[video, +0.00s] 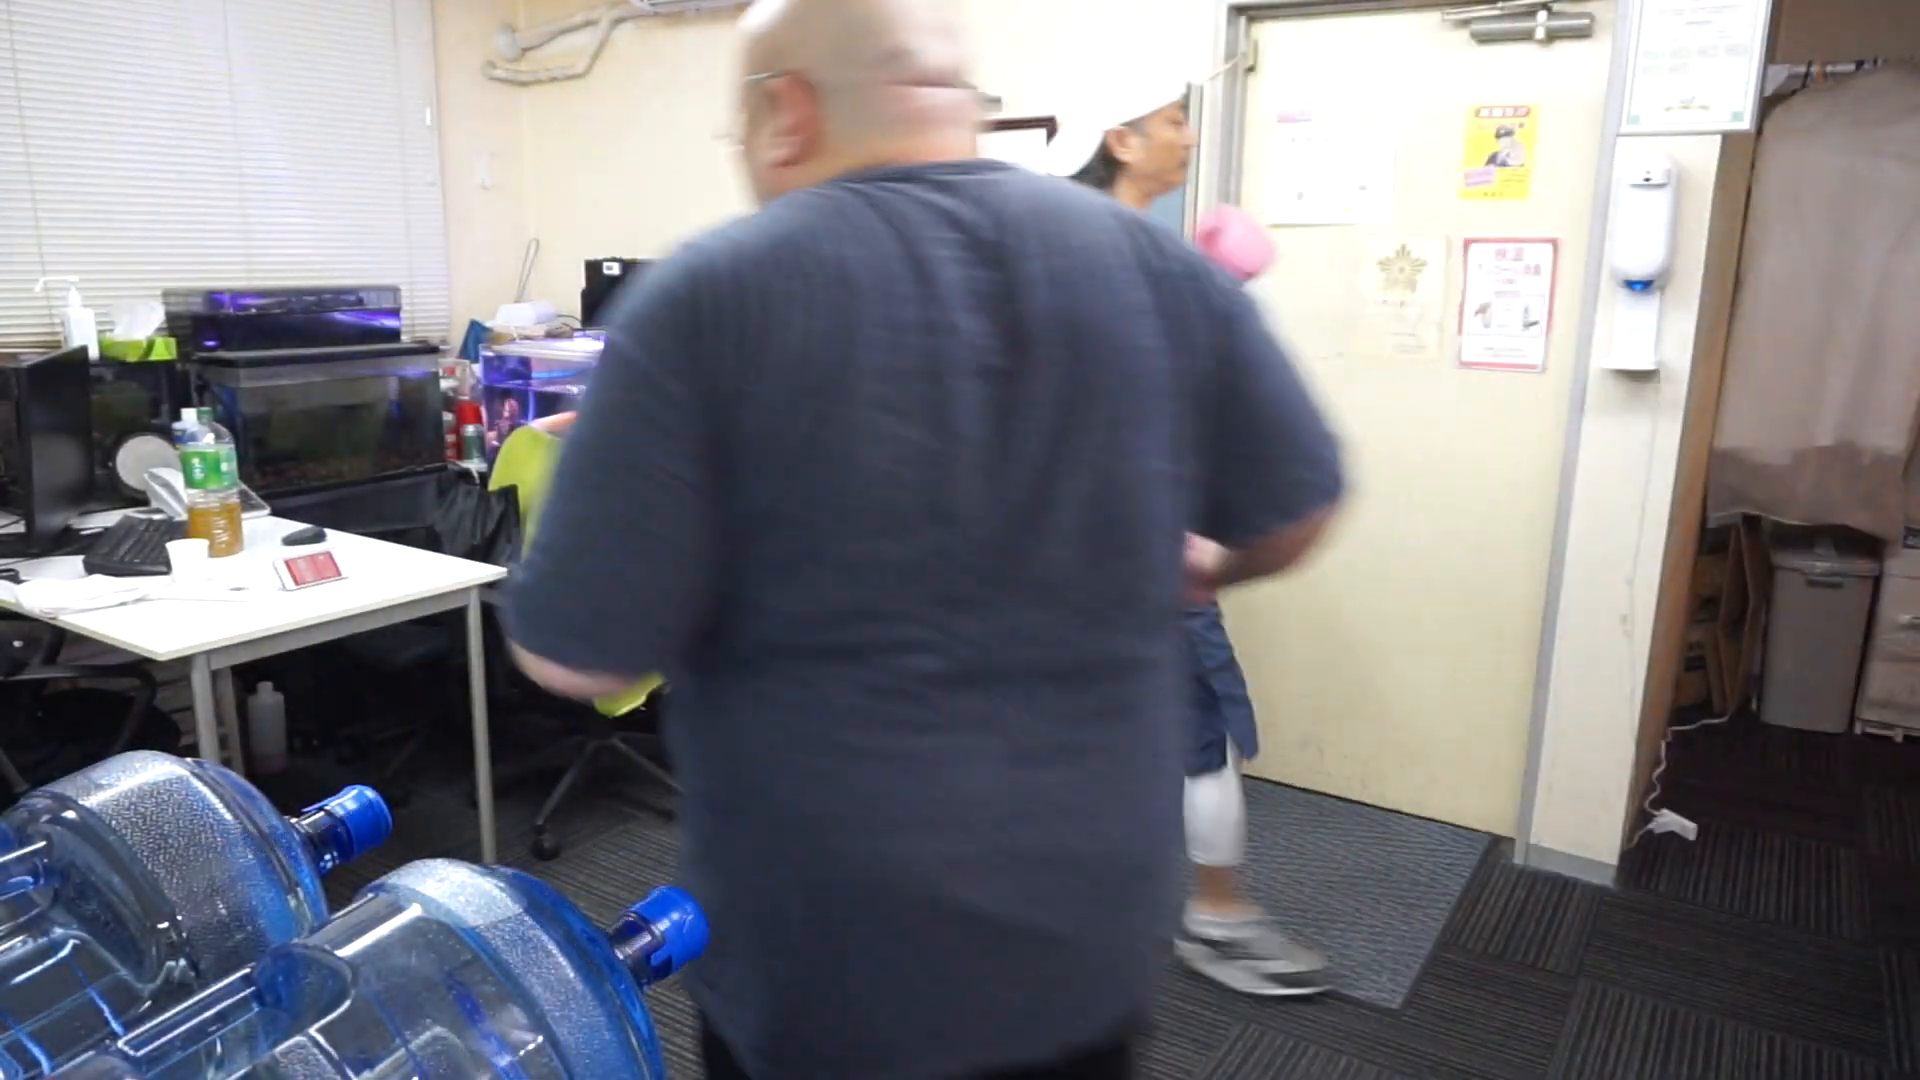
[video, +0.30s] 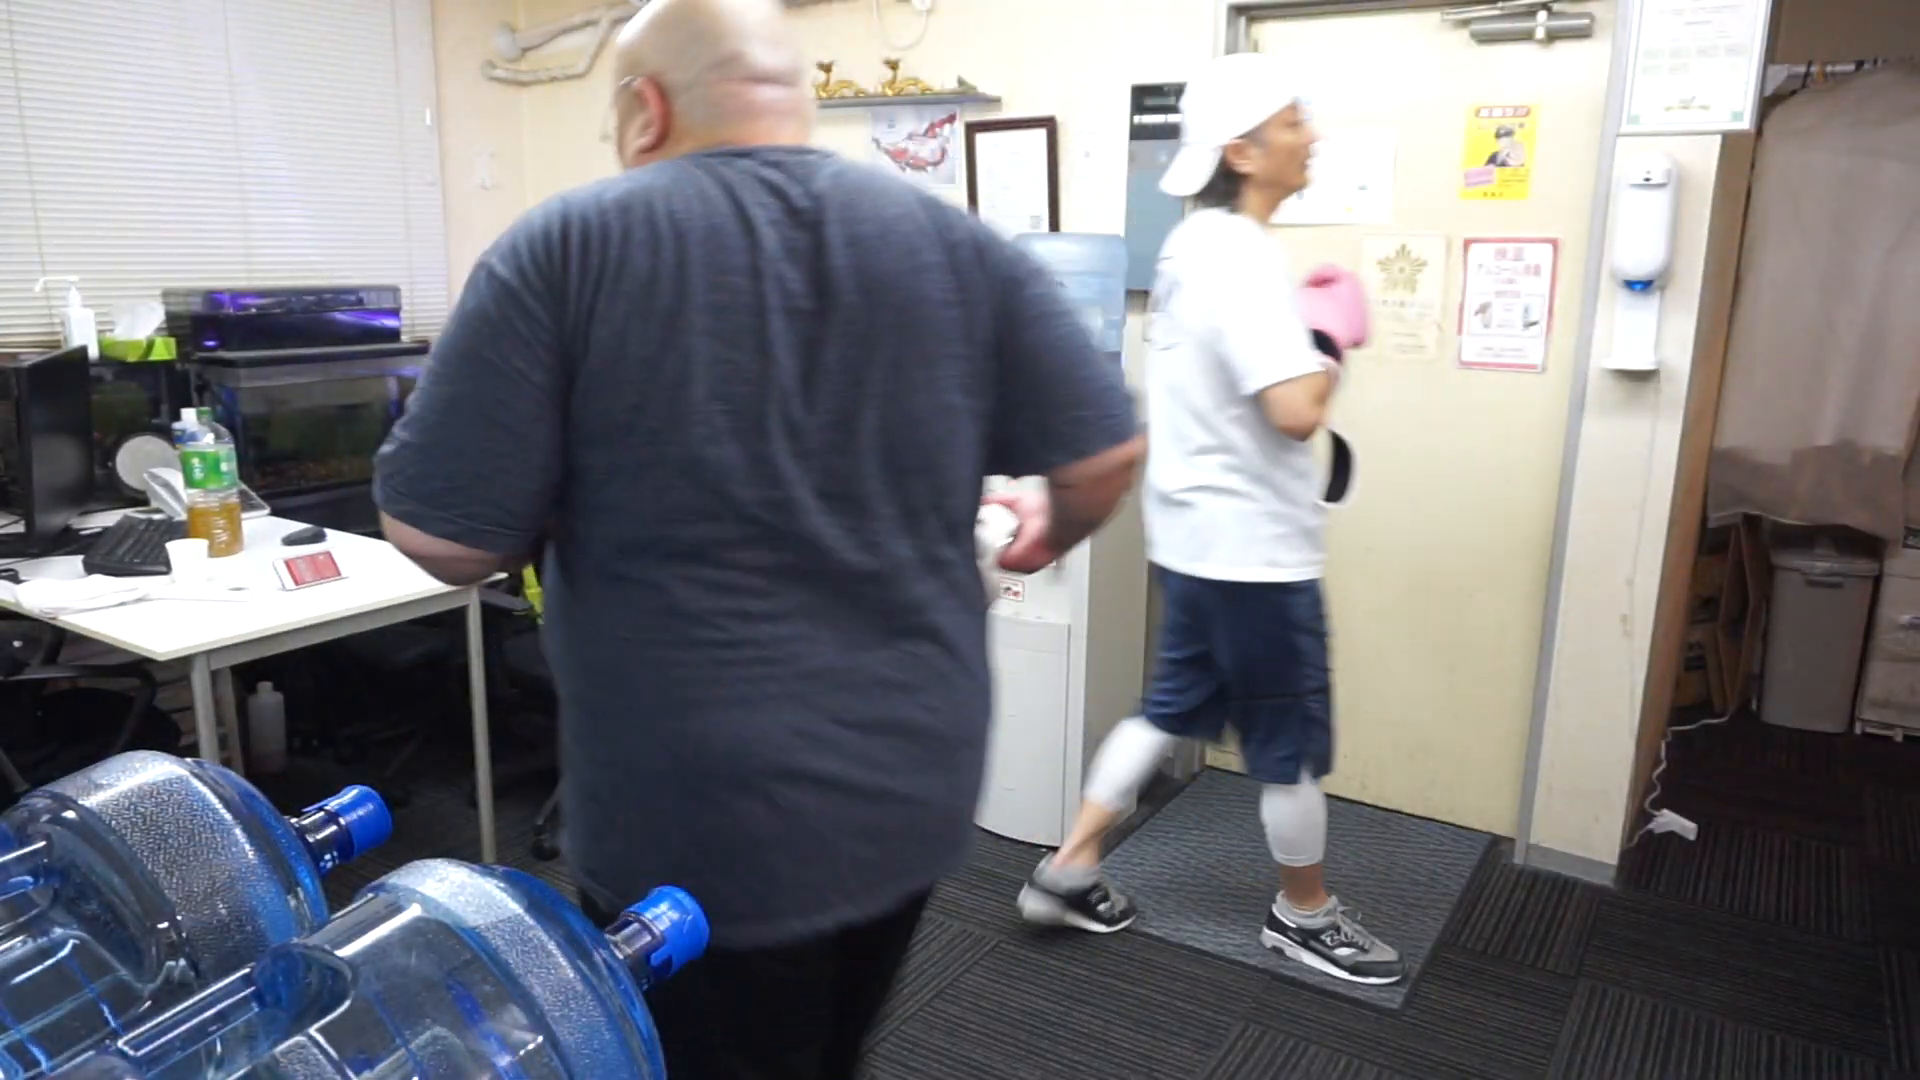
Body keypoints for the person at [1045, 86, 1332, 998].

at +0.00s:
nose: (1189, 136)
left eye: (1185, 120)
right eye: (1172, 121)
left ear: (1129, 145)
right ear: (1122, 140)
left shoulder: (1132, 240)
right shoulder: (1116, 243)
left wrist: (1210, 283)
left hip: (1140, 522)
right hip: (1145, 530)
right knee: (1208, 703)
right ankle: (1217, 908)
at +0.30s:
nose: (1312, 137)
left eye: (1303, 120)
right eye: (1293, 124)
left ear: (1243, 155)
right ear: (1244, 155)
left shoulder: (1192, 244)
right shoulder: (1244, 256)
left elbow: (1215, 375)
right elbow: (1296, 410)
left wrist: (1295, 316)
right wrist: (1332, 345)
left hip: (1190, 536)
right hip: (1255, 547)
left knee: (1174, 700)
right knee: (1288, 735)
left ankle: (1068, 870)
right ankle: (1305, 912)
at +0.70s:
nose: (1447, 116)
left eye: (1437, 102)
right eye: (1426, 108)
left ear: (1389, 147)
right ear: (1379, 144)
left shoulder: (1382, 237)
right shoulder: (1376, 249)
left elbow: (1430, 377)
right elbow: (1462, 400)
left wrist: (1473, 312)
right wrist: (1490, 322)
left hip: (1387, 538)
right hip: (1358, 545)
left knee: (1415, 703)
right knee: (1345, 731)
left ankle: (1406, 863)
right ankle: (1301, 908)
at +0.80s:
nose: (1475, 120)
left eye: (1466, 107)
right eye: (1454, 112)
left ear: (1419, 150)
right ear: (1405, 148)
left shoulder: (1418, 240)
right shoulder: (1399, 248)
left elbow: (1470, 377)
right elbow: (1491, 401)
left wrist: (1501, 314)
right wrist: (1520, 329)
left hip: (1428, 543)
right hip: (1390, 549)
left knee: (1434, 724)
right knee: (1359, 738)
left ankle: (1466, 888)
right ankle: (1302, 910)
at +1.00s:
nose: (1536, 123)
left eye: (1527, 109)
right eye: (1513, 115)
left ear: (1479, 152)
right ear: (1463, 152)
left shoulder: (1493, 248)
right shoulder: (1459, 251)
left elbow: (1527, 375)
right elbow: (1539, 398)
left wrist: (1569, 309)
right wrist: (1586, 325)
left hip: (1507, 546)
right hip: (1464, 552)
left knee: (1496, 738)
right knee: (1474, 752)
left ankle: (1476, 898)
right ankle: (1326, 892)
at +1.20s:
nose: (1593, 118)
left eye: (1586, 103)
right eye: (1567, 111)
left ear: (1553, 146)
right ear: (1514, 149)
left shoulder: (1561, 248)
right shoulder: (1508, 248)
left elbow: (1585, 373)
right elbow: (1578, 390)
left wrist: (1635, 315)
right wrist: (1641, 320)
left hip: (1544, 543)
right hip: (1509, 547)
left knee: (1502, 732)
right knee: (1582, 755)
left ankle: (1486, 901)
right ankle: (1451, 897)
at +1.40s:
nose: (1644, 127)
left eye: (1638, 109)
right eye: (1616, 118)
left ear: (1622, 141)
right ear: (1562, 155)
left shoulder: (1627, 253)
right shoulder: (1543, 260)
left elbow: (1637, 384)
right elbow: (1603, 408)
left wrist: (1689, 354)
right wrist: (1688, 329)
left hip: (1593, 556)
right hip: (1543, 563)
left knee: (1527, 738)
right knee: (1566, 771)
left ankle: (1473, 895)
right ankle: (1605, 990)